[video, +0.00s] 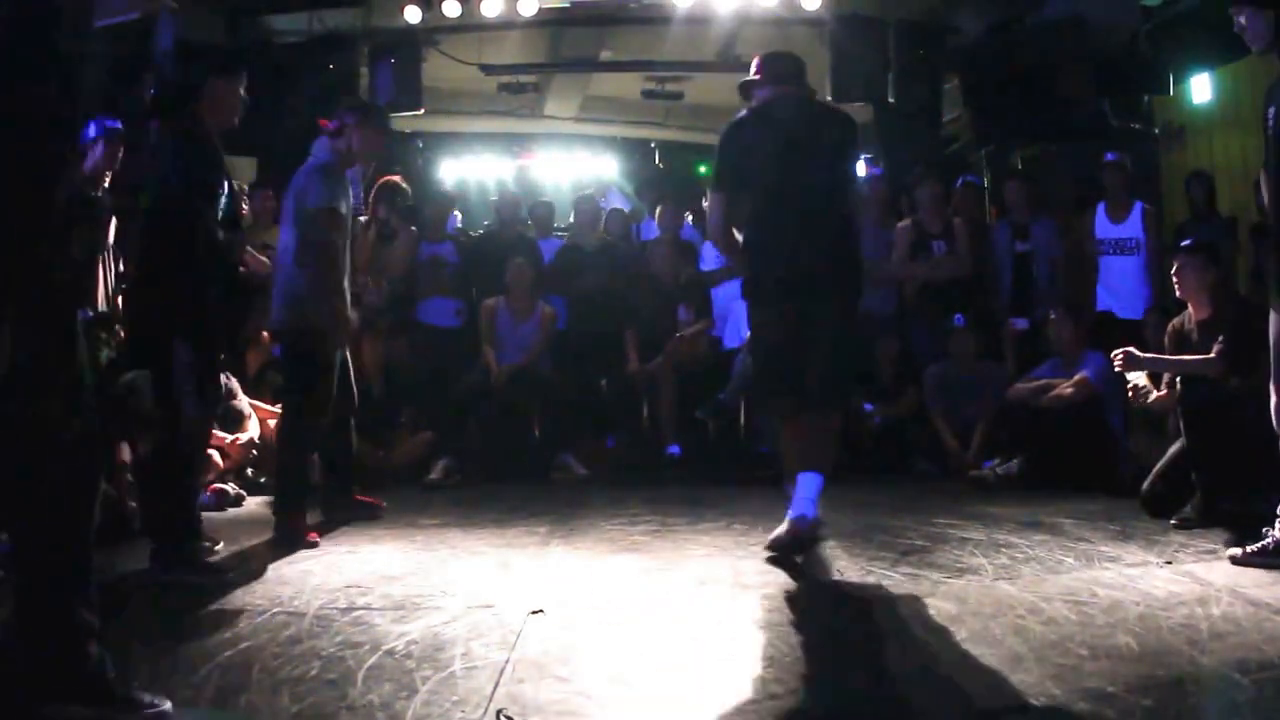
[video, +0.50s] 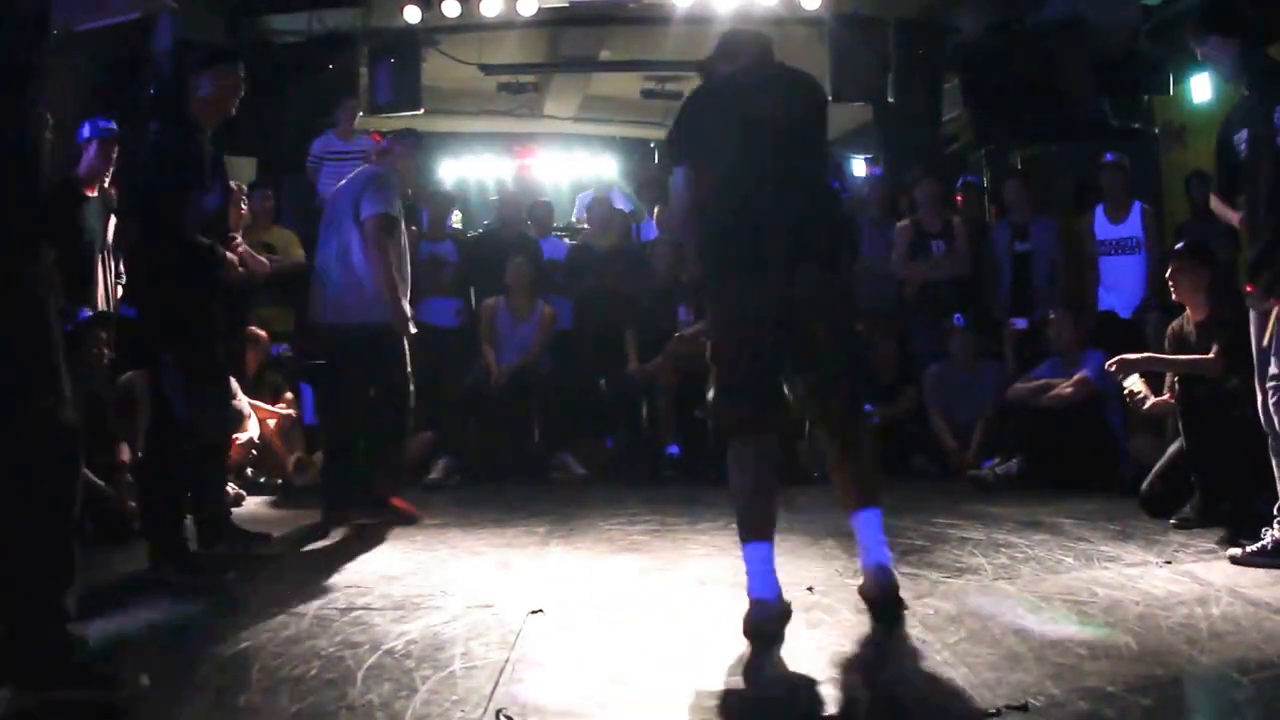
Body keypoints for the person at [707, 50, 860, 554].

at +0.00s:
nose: (751, 95)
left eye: (753, 87)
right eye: (752, 88)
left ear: (761, 85)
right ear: (802, 83)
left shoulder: (741, 129)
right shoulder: (839, 123)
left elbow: (716, 224)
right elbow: (853, 199)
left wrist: (744, 258)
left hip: (771, 275)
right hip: (833, 271)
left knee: (784, 392)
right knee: (825, 389)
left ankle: (802, 512)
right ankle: (802, 510)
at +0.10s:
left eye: (767, 84)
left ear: (766, 85)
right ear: (817, 87)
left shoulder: (740, 121)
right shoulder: (842, 125)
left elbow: (705, 217)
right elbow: (869, 210)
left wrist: (740, 245)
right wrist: (852, 254)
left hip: (766, 274)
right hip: (831, 276)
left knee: (771, 378)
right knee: (826, 398)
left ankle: (768, 483)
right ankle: (822, 530)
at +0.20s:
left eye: (779, 85)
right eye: (812, 85)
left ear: (769, 87)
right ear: (822, 87)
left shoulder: (743, 123)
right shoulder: (847, 128)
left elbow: (714, 225)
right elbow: (868, 217)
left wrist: (749, 261)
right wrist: (850, 257)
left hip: (760, 284)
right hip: (829, 284)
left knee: (765, 391)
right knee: (830, 406)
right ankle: (818, 535)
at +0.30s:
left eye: (764, 57)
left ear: (758, 60)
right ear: (808, 59)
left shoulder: (734, 100)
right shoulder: (835, 93)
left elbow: (712, 208)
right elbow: (862, 184)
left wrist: (730, 246)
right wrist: (848, 226)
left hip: (758, 255)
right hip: (825, 253)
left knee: (757, 376)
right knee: (824, 387)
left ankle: (800, 406)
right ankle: (827, 526)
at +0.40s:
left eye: (734, 33)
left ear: (731, 36)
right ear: (788, 30)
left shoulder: (715, 92)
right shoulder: (822, 77)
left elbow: (699, 193)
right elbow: (843, 172)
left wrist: (720, 250)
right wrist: (844, 235)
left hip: (749, 260)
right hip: (823, 257)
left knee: (765, 385)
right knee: (842, 385)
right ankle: (863, 542)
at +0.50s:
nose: (716, 71)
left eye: (716, 63)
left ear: (718, 62)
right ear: (772, 58)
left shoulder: (701, 102)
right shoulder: (808, 91)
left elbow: (679, 208)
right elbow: (826, 185)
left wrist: (675, 272)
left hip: (739, 284)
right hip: (819, 278)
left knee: (747, 427)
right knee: (842, 413)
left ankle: (764, 595)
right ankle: (878, 565)